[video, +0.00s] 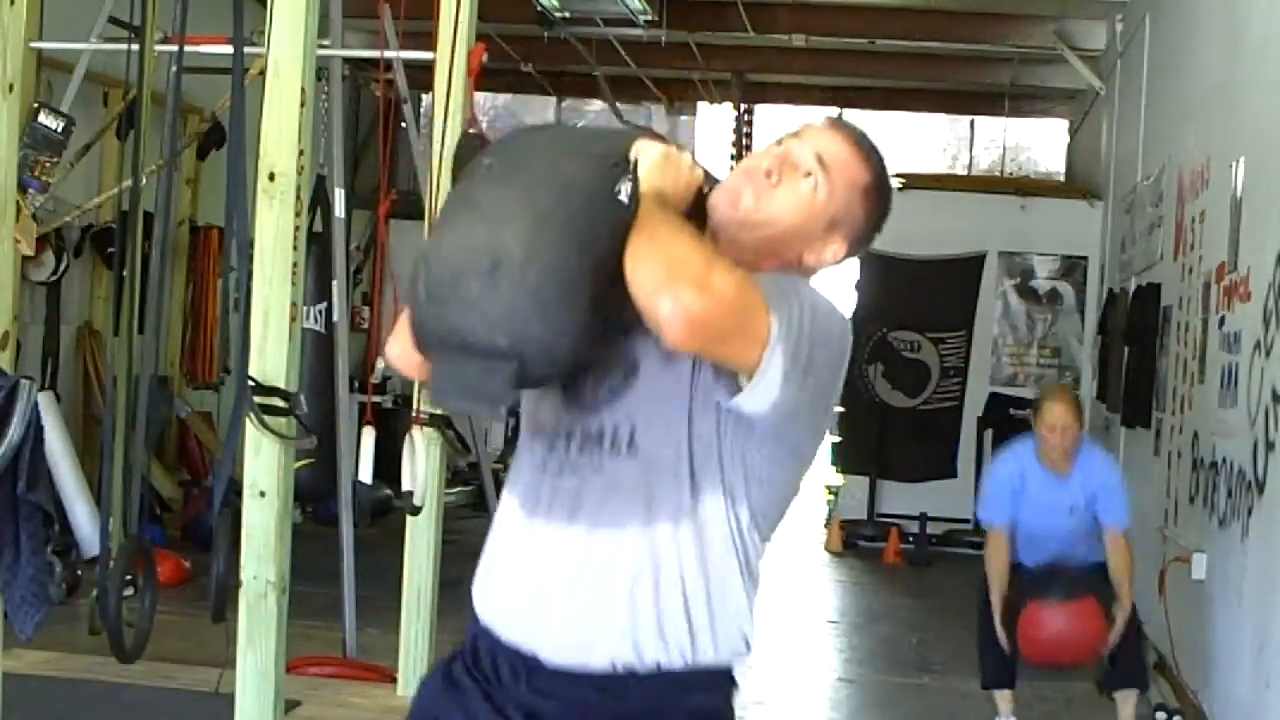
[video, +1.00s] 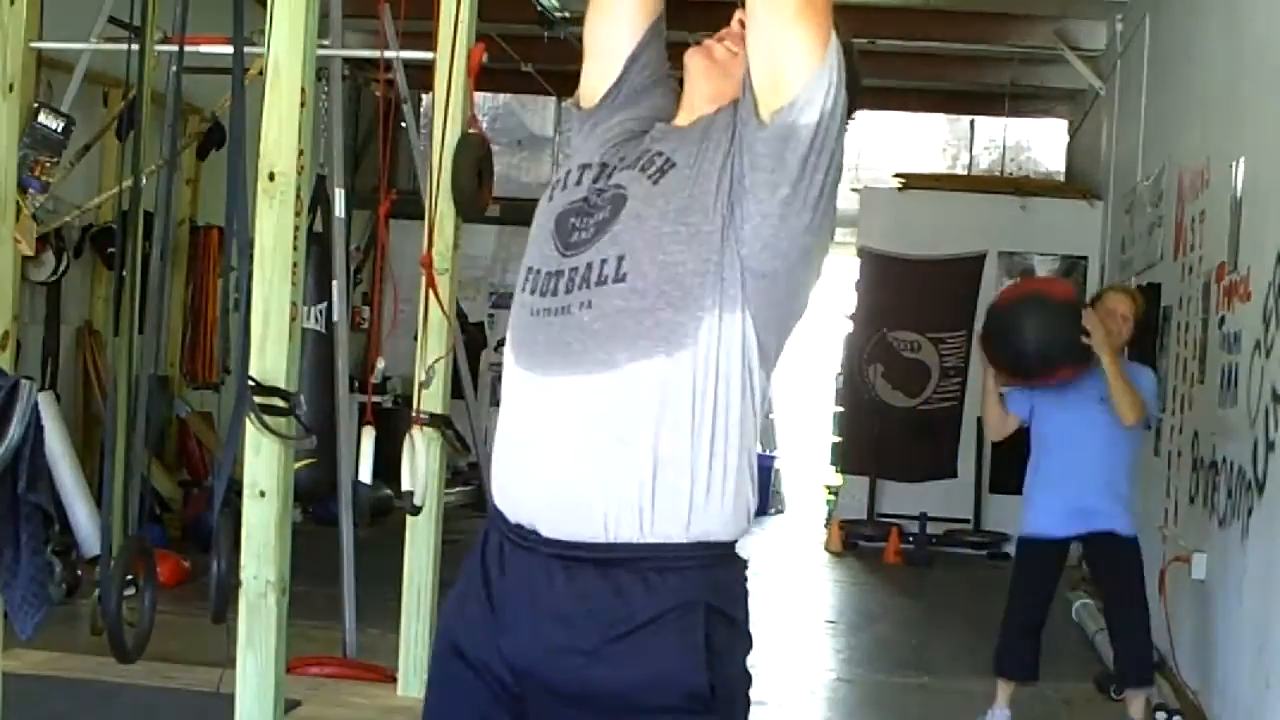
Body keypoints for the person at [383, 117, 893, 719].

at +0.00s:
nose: (773, 158)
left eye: (809, 173)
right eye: (782, 144)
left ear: (825, 249)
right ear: (753, 153)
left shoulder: (811, 328)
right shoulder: (597, 264)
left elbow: (685, 310)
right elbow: (408, 350)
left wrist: (657, 202)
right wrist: (523, 219)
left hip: (651, 698)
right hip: (488, 675)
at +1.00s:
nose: (730, 29)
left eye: (759, 31)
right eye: (730, 19)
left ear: (779, 74)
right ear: (700, 40)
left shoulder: (777, 153)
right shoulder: (608, 128)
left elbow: (796, 3)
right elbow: (621, 0)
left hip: (658, 598)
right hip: (502, 572)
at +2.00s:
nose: (747, 32)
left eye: (775, 35)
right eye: (748, 23)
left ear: (792, 80)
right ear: (719, 41)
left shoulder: (788, 161)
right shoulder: (608, 129)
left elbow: (814, 3)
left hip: (661, 602)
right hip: (504, 573)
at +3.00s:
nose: (707, 129)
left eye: (744, 112)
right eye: (700, 88)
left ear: (776, 115)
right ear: (665, 60)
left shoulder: (781, 223)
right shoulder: (573, 167)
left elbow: (678, 388)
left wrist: (581, 234)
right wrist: (440, 197)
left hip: (665, 625)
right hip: (502, 598)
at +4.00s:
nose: (544, 587)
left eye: (567, 561)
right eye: (519, 560)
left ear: (622, 487)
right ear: (483, 498)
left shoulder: (740, 525)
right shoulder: (443, 509)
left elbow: (805, 679)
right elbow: (456, 659)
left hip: (732, 672)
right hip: (561, 661)